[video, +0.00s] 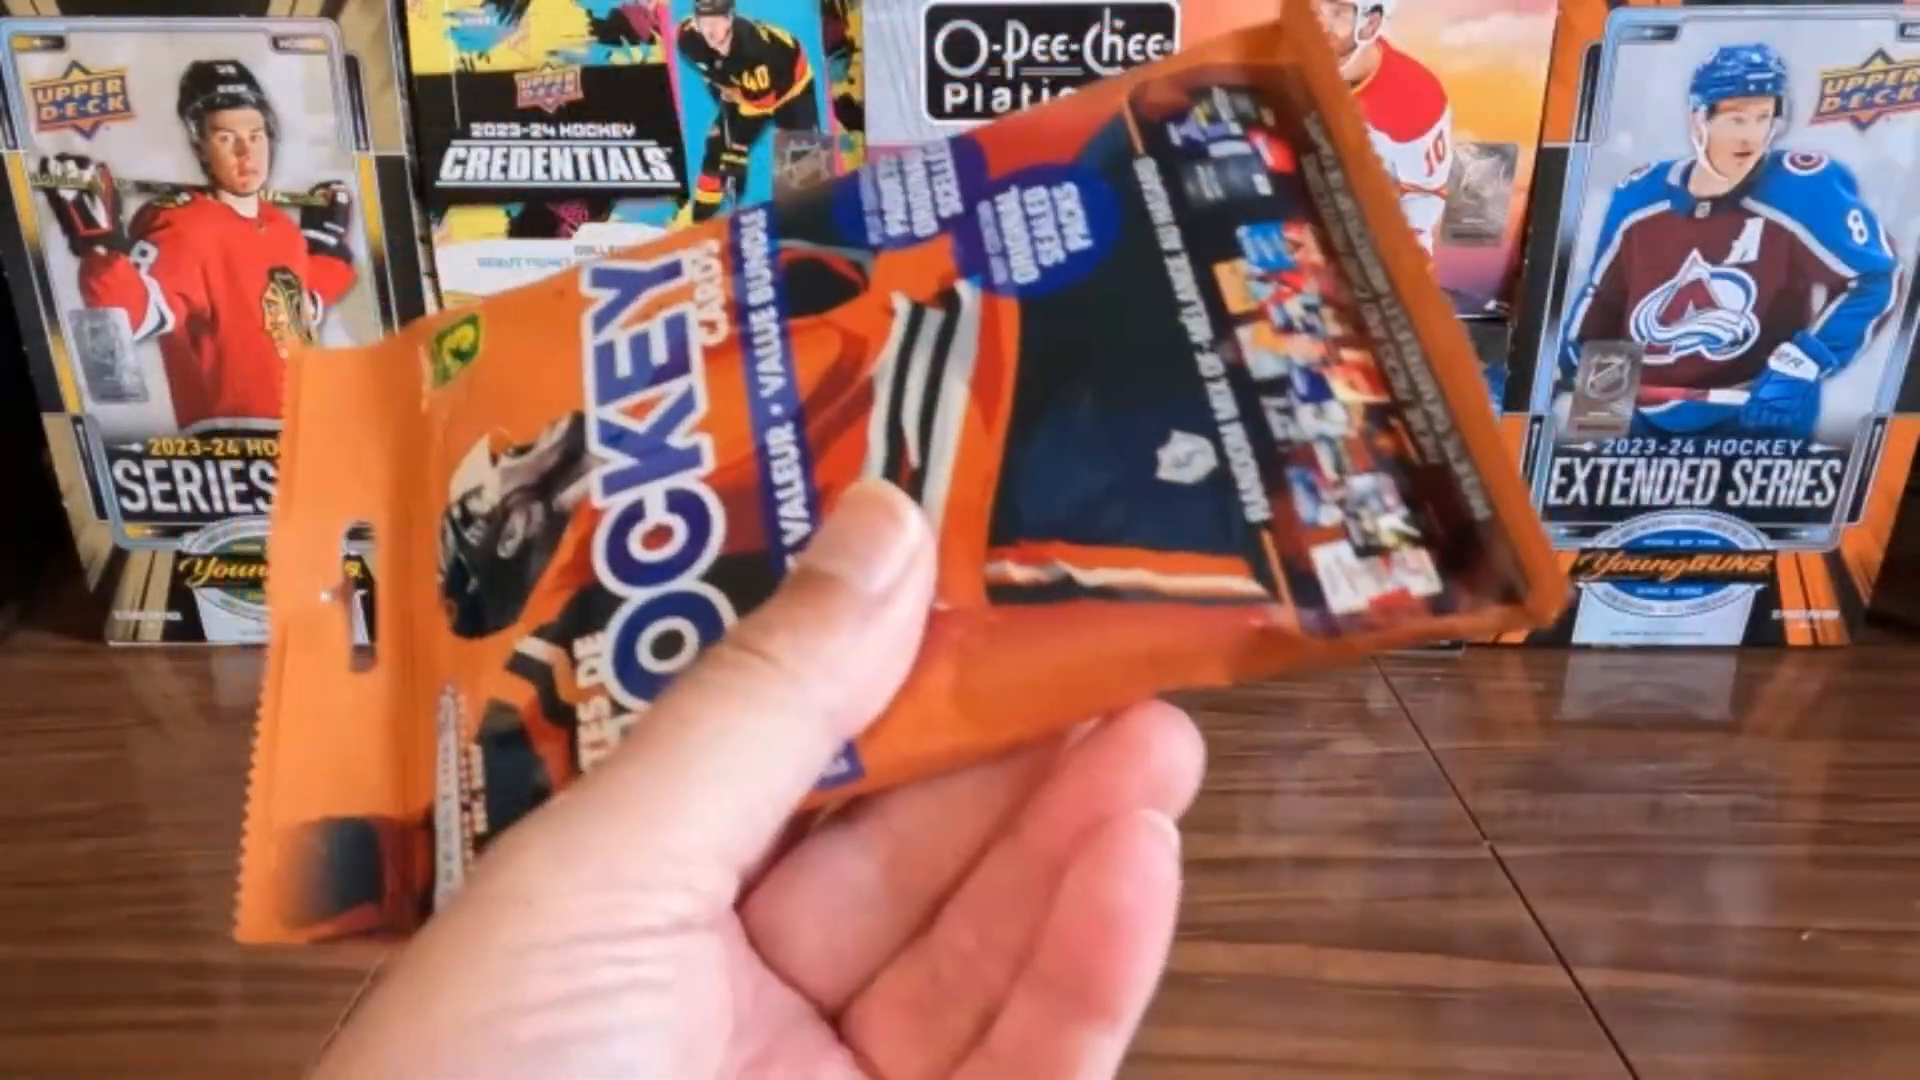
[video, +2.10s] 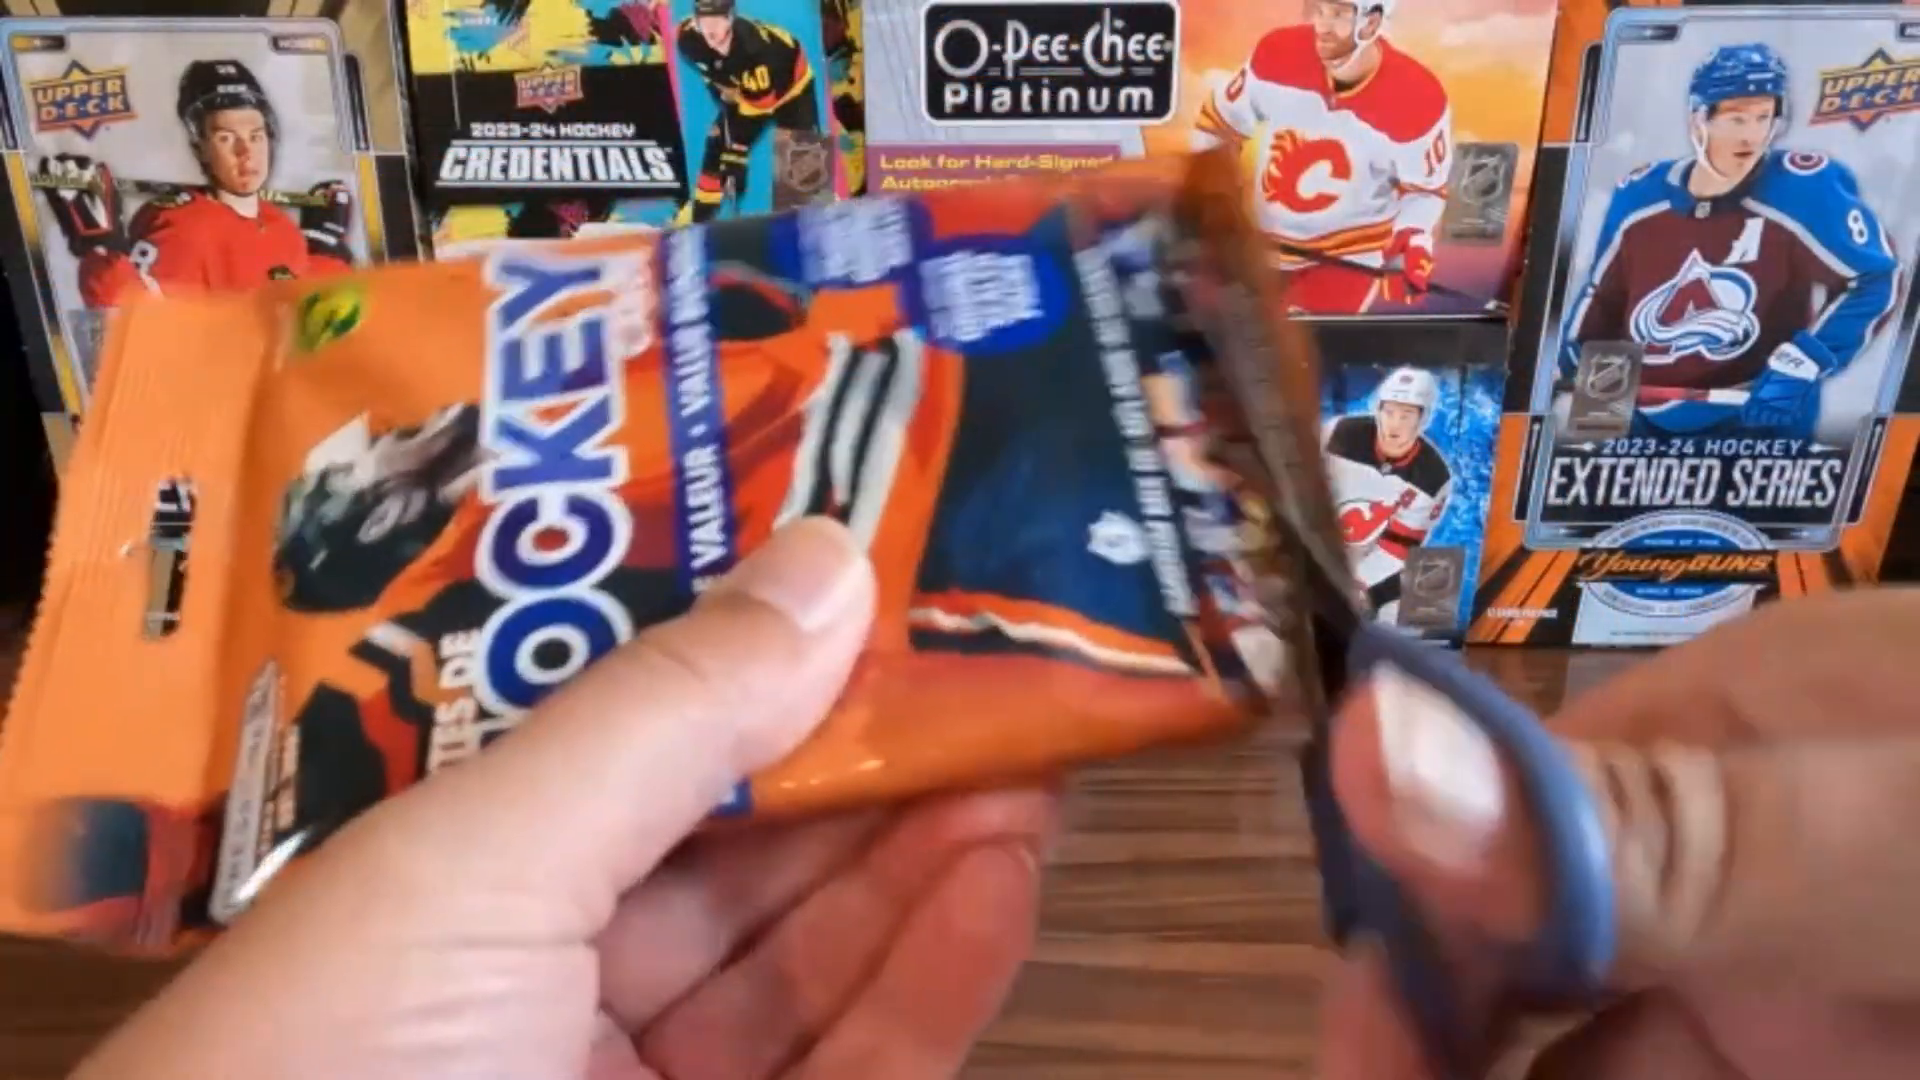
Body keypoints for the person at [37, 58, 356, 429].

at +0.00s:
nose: (246, 150)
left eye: (256, 134)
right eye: (227, 138)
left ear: (270, 139)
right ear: (201, 148)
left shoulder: (281, 227)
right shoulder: (183, 226)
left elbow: (302, 310)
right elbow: (138, 316)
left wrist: (333, 251)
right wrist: (99, 246)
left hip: (305, 425)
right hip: (229, 434)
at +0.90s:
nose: (246, 153)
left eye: (256, 136)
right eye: (226, 138)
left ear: (271, 141)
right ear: (200, 148)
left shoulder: (284, 226)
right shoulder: (183, 227)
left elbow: (316, 318)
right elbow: (139, 319)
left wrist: (330, 244)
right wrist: (101, 248)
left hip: (300, 417)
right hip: (217, 421)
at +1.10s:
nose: (246, 154)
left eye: (255, 135)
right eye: (227, 139)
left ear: (269, 138)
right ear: (200, 148)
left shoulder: (296, 215)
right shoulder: (177, 224)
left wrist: (333, 216)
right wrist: (100, 244)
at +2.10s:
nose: (247, 153)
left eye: (256, 136)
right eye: (228, 139)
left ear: (270, 141)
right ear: (201, 150)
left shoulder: (284, 229)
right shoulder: (179, 228)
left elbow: (312, 318)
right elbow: (153, 334)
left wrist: (331, 252)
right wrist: (102, 254)